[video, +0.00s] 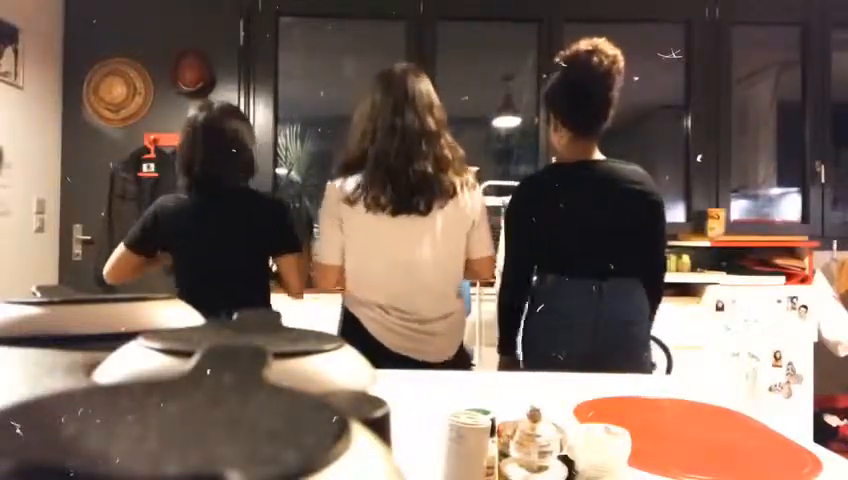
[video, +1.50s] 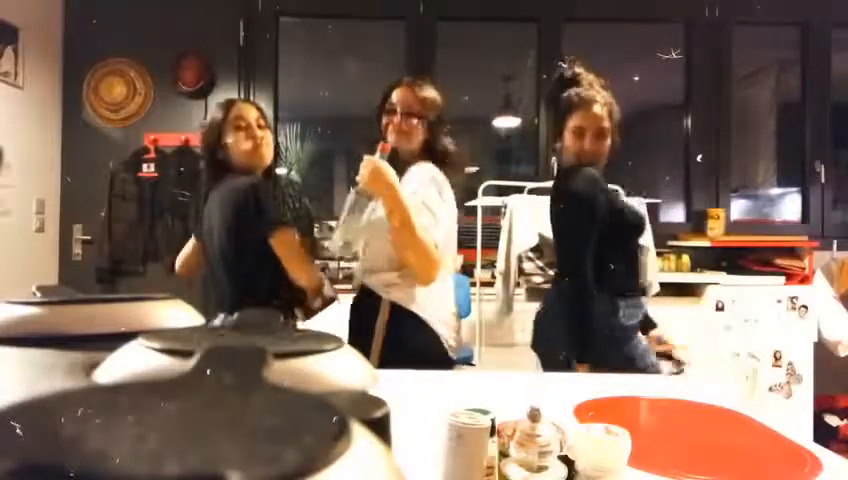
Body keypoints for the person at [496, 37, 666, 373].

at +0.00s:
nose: (546, 127)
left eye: (547, 118)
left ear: (556, 121)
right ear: (605, 117)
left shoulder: (533, 190)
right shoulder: (640, 185)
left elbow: (516, 279)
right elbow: (654, 278)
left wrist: (506, 351)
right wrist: (635, 333)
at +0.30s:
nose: (552, 136)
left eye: (553, 125)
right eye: (551, 125)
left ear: (564, 125)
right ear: (609, 120)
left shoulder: (546, 187)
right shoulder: (641, 181)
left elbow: (527, 271)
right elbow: (658, 269)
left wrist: (510, 348)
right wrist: (641, 327)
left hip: (561, 308)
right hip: (630, 308)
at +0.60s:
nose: (623, 113)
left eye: (621, 105)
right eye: (620, 106)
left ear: (557, 122)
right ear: (608, 118)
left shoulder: (535, 190)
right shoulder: (639, 177)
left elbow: (528, 277)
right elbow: (667, 254)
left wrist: (521, 348)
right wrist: (647, 308)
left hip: (556, 339)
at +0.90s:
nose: (600, 132)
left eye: (610, 123)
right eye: (589, 121)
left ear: (622, 127)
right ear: (570, 126)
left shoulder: (574, 177)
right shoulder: (598, 177)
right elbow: (634, 260)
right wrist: (680, 328)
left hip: (578, 304)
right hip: (615, 310)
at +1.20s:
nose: (596, 139)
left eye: (608, 131)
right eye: (586, 128)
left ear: (621, 138)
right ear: (569, 132)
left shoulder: (579, 178)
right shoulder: (593, 178)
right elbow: (601, 268)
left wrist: (671, 327)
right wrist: (632, 343)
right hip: (598, 331)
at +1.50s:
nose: (589, 145)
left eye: (600, 135)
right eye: (579, 133)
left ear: (612, 139)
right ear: (561, 135)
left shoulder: (591, 184)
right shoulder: (584, 184)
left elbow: (610, 274)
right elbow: (577, 275)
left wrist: (647, 329)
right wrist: (583, 359)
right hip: (600, 330)